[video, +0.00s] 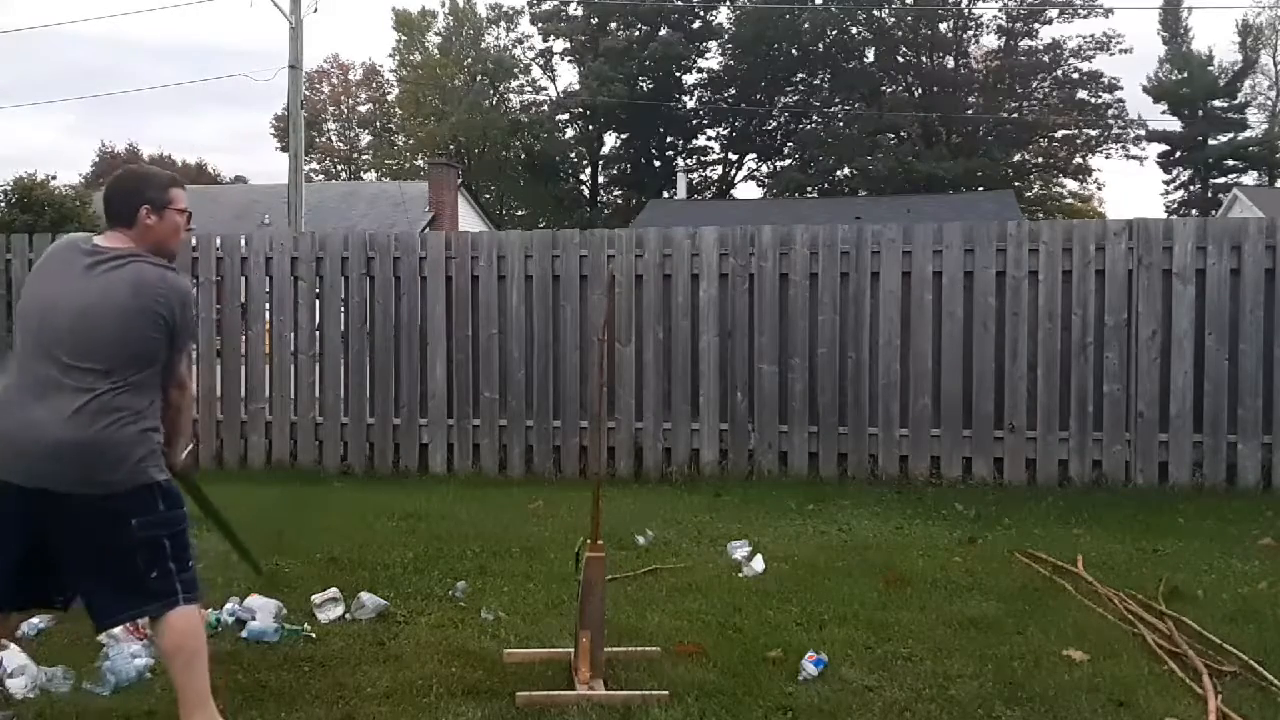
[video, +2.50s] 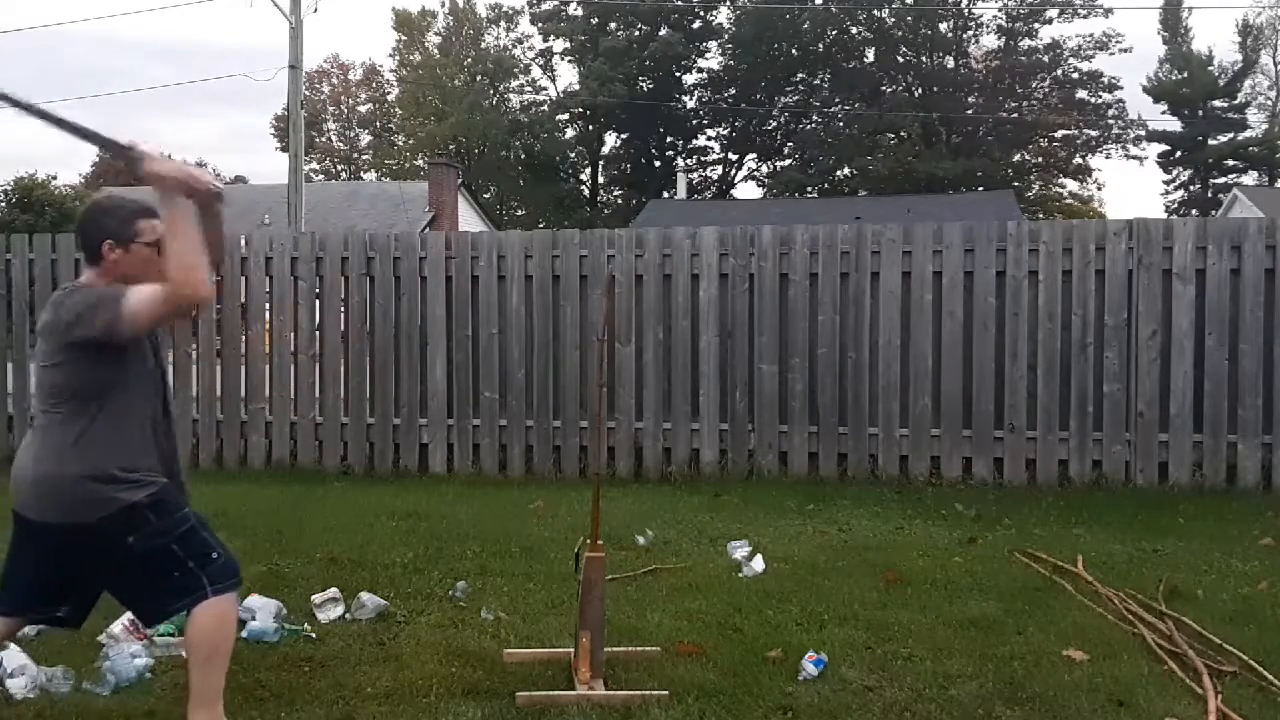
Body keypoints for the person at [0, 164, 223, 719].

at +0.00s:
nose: (188, 225)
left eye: (188, 214)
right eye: (181, 214)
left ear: (128, 218)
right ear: (146, 216)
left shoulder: (55, 254)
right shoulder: (172, 288)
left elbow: (38, 352)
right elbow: (178, 386)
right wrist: (173, 455)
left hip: (16, 455)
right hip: (114, 461)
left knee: (8, 598)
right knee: (174, 593)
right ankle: (200, 711)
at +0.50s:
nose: (155, 213)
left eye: (154, 202)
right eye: (147, 202)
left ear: (97, 209)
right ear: (109, 206)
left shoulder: (39, 268)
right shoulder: (121, 275)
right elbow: (182, 365)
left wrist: (195, 384)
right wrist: (248, 395)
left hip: (21, 464)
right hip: (111, 466)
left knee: (9, 596)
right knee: (170, 596)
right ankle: (201, 713)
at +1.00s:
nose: (161, 217)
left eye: (159, 205)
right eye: (152, 205)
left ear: (109, 212)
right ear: (113, 210)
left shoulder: (67, 271)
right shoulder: (109, 280)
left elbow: (182, 334)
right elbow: (188, 353)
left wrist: (257, 362)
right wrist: (284, 367)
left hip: (29, 466)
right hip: (104, 468)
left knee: (12, 594)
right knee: (176, 595)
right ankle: (201, 712)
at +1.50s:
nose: (201, 245)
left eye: (199, 234)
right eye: (191, 235)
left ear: (146, 243)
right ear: (153, 241)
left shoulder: (103, 290)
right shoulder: (149, 306)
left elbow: (227, 337)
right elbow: (239, 372)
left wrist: (313, 359)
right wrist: (326, 361)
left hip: (29, 481)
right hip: (112, 487)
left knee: (10, 602)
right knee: (209, 589)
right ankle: (204, 713)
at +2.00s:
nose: (160, 251)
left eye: (158, 238)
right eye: (151, 240)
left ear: (116, 245)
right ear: (117, 245)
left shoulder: (119, 298)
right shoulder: (80, 296)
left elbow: (194, 245)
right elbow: (158, 252)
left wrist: (205, 182)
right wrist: (164, 161)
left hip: (44, 485)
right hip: (96, 484)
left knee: (17, 607)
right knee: (203, 582)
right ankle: (205, 712)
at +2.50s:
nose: (164, 257)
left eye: (163, 246)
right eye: (154, 245)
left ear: (113, 254)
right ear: (112, 252)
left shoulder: (109, 300)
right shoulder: (82, 306)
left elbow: (198, 286)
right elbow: (188, 289)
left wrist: (205, 204)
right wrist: (175, 196)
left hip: (49, 492)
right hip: (110, 491)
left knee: (12, 614)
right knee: (217, 584)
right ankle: (207, 713)